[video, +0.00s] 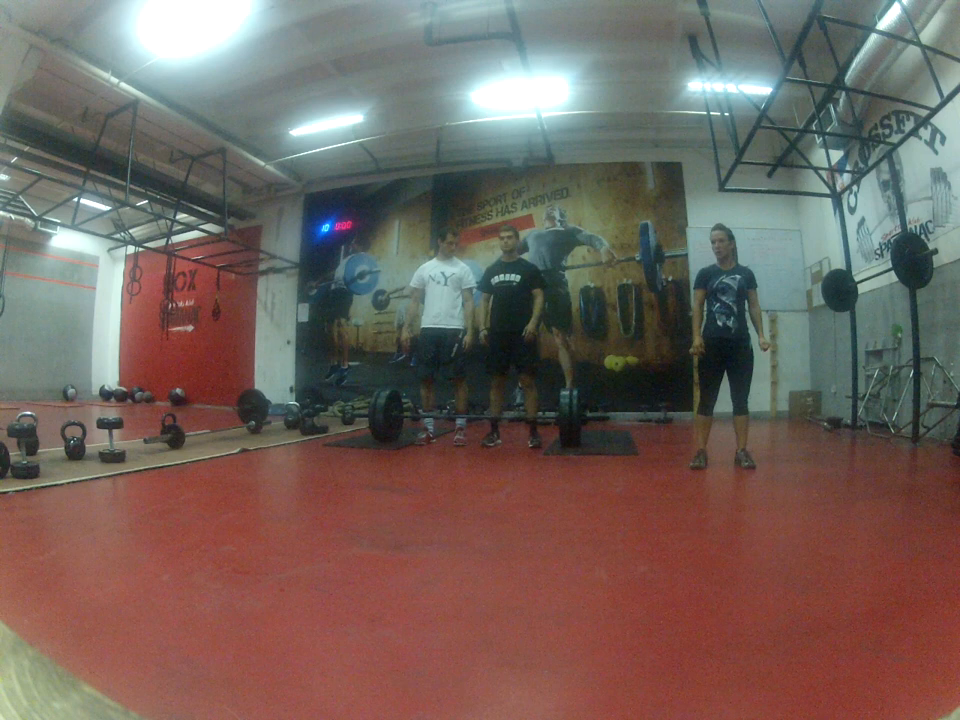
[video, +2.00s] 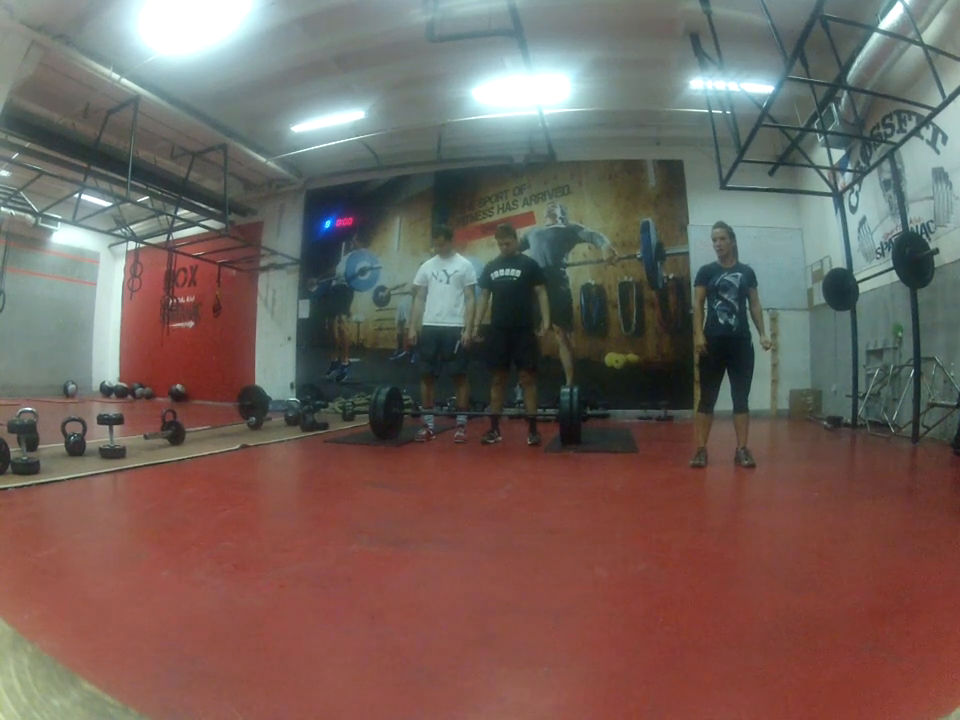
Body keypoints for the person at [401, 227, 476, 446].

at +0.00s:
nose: (452, 247)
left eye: (455, 243)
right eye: (449, 243)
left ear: (457, 245)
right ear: (439, 242)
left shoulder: (463, 269)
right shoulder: (424, 269)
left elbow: (468, 302)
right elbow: (414, 300)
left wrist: (470, 331)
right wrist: (406, 327)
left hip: (455, 330)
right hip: (428, 330)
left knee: (459, 379)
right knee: (426, 379)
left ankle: (460, 428)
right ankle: (428, 429)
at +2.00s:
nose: (438, 245)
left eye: (441, 242)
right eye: (436, 242)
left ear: (450, 241)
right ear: (434, 243)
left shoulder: (464, 266)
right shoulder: (427, 266)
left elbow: (470, 298)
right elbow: (418, 298)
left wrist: (468, 329)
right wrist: (412, 327)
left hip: (455, 329)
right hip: (429, 328)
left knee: (459, 377)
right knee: (427, 377)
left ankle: (461, 425)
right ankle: (427, 425)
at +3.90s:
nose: (430, 241)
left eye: (432, 237)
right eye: (431, 237)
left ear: (441, 238)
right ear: (440, 239)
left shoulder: (462, 261)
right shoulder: (427, 264)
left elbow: (469, 295)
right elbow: (420, 297)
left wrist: (466, 327)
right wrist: (414, 325)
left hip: (454, 327)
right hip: (428, 326)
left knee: (459, 375)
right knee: (426, 375)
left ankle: (462, 424)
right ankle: (427, 424)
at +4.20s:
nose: (430, 242)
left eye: (432, 238)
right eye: (431, 238)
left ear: (441, 239)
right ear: (439, 239)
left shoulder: (462, 262)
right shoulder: (427, 265)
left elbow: (469, 295)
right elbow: (419, 297)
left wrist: (466, 327)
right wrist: (413, 326)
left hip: (454, 327)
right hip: (428, 326)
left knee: (459, 375)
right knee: (426, 375)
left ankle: (461, 425)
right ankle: (427, 425)